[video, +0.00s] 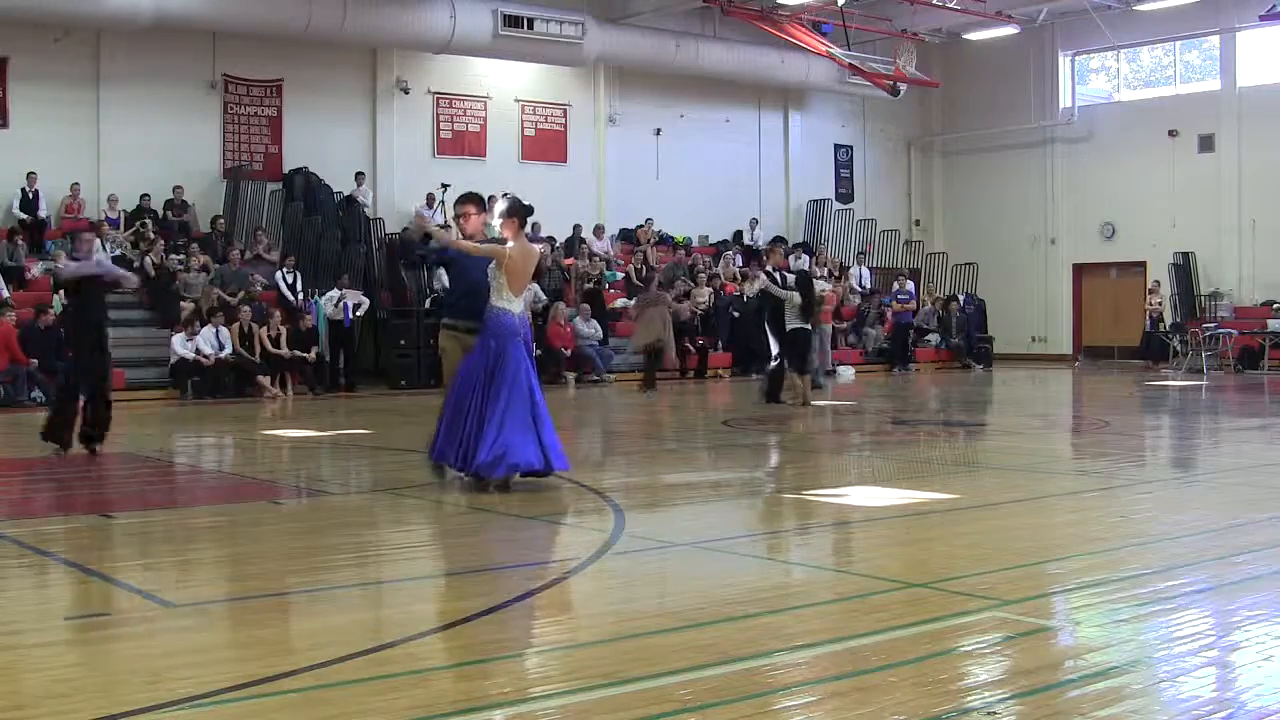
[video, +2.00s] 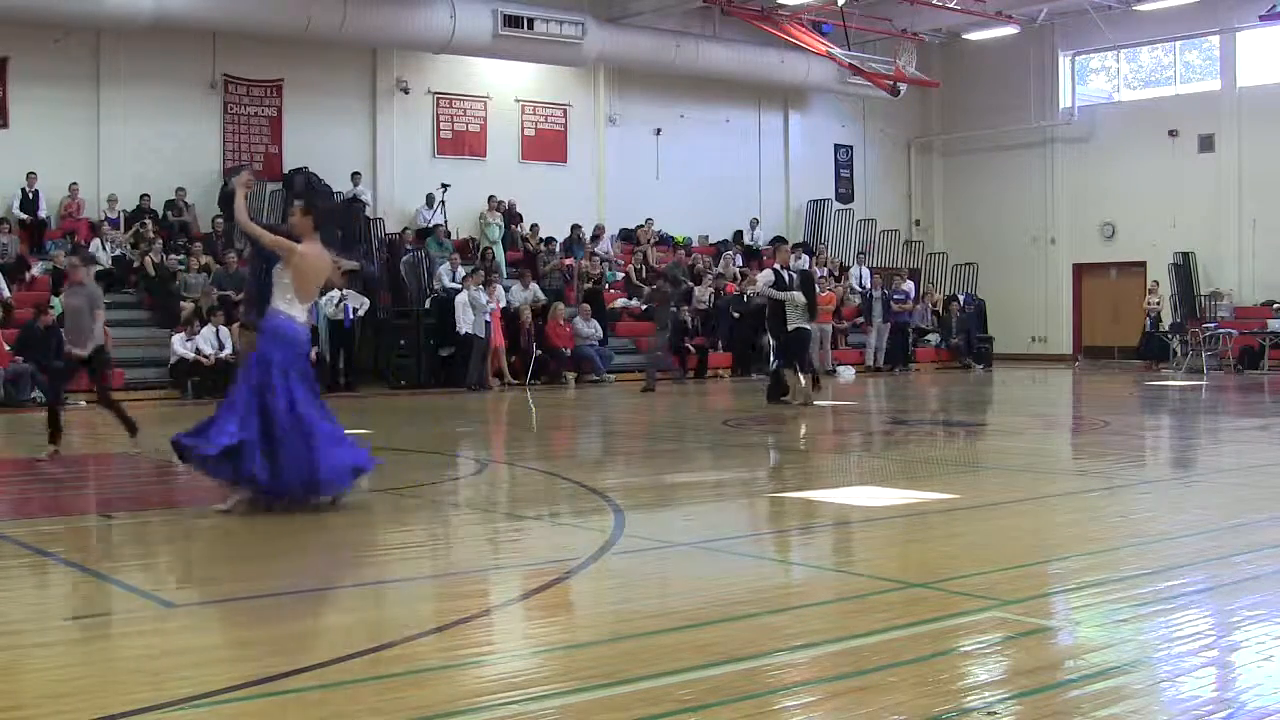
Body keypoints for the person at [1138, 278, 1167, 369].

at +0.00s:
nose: (1153, 288)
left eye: (1155, 286)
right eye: (1152, 286)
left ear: (1159, 287)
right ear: (1151, 287)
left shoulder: (1162, 297)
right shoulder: (1149, 297)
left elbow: (1162, 308)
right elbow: (1146, 306)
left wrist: (1151, 308)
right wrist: (1156, 307)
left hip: (1159, 318)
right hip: (1150, 318)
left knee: (1158, 338)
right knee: (1149, 337)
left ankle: (1156, 360)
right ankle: (1148, 360)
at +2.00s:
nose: (1152, 288)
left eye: (1154, 286)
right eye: (1151, 286)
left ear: (1157, 287)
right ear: (1150, 287)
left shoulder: (1160, 296)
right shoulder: (1148, 296)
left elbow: (1160, 308)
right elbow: (1144, 306)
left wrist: (1149, 308)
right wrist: (1155, 307)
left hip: (1157, 318)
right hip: (1149, 319)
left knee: (1156, 339)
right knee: (1148, 338)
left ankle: (1156, 362)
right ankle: (1149, 361)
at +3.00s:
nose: (1151, 288)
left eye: (1153, 286)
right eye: (1150, 286)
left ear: (1157, 287)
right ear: (1149, 287)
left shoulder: (1159, 296)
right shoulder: (1147, 296)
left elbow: (1160, 308)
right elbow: (1143, 306)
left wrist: (1149, 308)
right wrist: (1153, 307)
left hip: (1156, 318)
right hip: (1148, 318)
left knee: (1156, 338)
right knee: (1148, 337)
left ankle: (1156, 361)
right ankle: (1149, 360)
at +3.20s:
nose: (1151, 288)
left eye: (1153, 286)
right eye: (1150, 286)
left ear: (1157, 287)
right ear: (1149, 287)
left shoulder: (1159, 296)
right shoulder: (1147, 296)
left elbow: (1160, 308)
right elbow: (1143, 306)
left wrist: (1149, 308)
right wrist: (1153, 307)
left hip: (1156, 318)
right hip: (1148, 318)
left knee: (1156, 338)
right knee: (1148, 337)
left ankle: (1156, 361)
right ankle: (1149, 360)